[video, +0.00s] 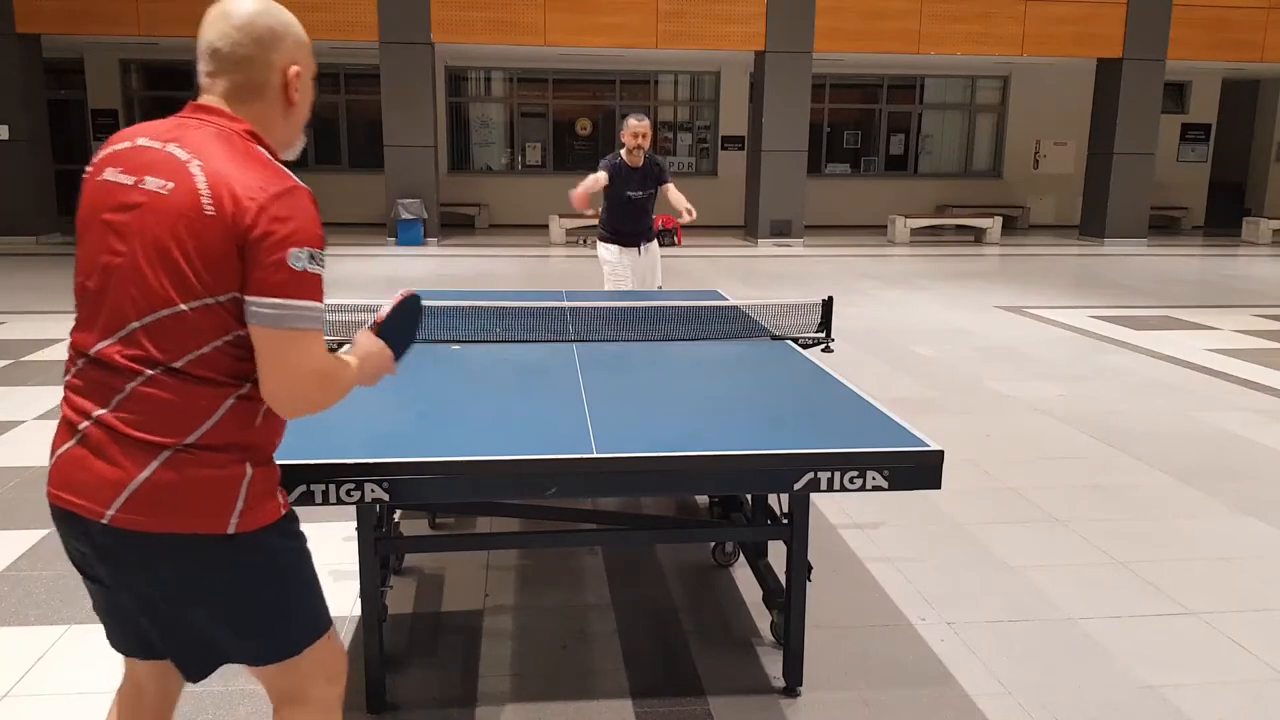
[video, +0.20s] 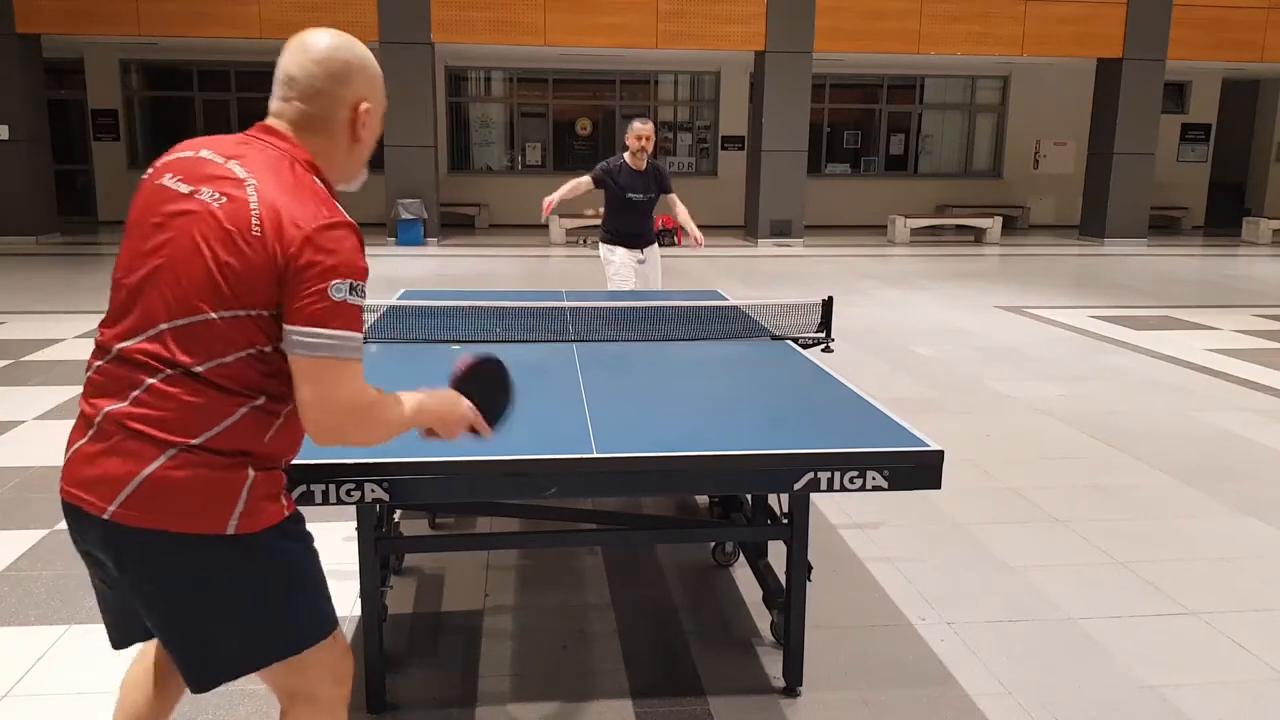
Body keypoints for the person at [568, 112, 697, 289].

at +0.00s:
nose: (640, 142)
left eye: (644, 136)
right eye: (634, 136)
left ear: (651, 137)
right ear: (623, 136)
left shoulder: (655, 165)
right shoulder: (612, 164)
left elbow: (670, 190)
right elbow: (599, 179)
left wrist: (684, 207)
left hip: (647, 245)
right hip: (614, 246)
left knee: (650, 300)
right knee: (621, 302)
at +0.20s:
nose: (643, 144)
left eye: (648, 139)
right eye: (638, 138)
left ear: (654, 141)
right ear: (627, 139)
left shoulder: (657, 172)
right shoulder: (611, 168)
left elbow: (675, 205)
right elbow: (582, 184)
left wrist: (692, 229)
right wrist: (557, 196)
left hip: (648, 248)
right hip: (617, 248)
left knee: (652, 304)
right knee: (623, 305)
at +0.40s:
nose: (643, 144)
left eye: (648, 139)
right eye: (639, 139)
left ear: (654, 142)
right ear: (628, 140)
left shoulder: (659, 172)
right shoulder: (612, 169)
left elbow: (672, 209)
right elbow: (585, 197)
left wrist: (685, 246)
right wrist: (573, 220)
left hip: (647, 248)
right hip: (614, 248)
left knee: (652, 304)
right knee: (618, 303)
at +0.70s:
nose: (632, 142)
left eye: (636, 137)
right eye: (627, 137)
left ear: (641, 140)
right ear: (616, 139)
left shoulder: (641, 168)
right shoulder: (602, 168)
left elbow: (647, 204)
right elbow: (584, 208)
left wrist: (657, 239)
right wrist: (595, 242)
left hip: (634, 248)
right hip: (603, 250)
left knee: (639, 302)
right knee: (602, 307)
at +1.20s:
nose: (645, 160)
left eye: (649, 156)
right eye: (641, 155)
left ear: (653, 157)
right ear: (628, 153)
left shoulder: (644, 180)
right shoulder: (614, 178)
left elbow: (644, 213)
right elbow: (599, 220)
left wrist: (652, 247)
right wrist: (622, 252)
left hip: (627, 243)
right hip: (603, 242)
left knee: (634, 286)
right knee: (622, 288)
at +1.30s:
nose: (656, 172)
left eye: (660, 167)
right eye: (652, 165)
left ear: (663, 167)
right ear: (639, 161)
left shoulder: (650, 183)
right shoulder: (622, 184)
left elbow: (649, 213)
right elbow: (615, 231)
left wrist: (658, 249)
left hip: (628, 241)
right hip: (603, 240)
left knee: (630, 288)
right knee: (629, 284)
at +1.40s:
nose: (667, 190)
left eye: (671, 184)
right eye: (664, 182)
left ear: (675, 182)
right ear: (650, 175)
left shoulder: (653, 191)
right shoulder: (630, 197)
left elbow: (655, 224)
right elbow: (628, 245)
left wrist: (664, 252)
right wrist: (659, 249)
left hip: (633, 243)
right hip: (608, 245)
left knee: (637, 291)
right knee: (635, 293)